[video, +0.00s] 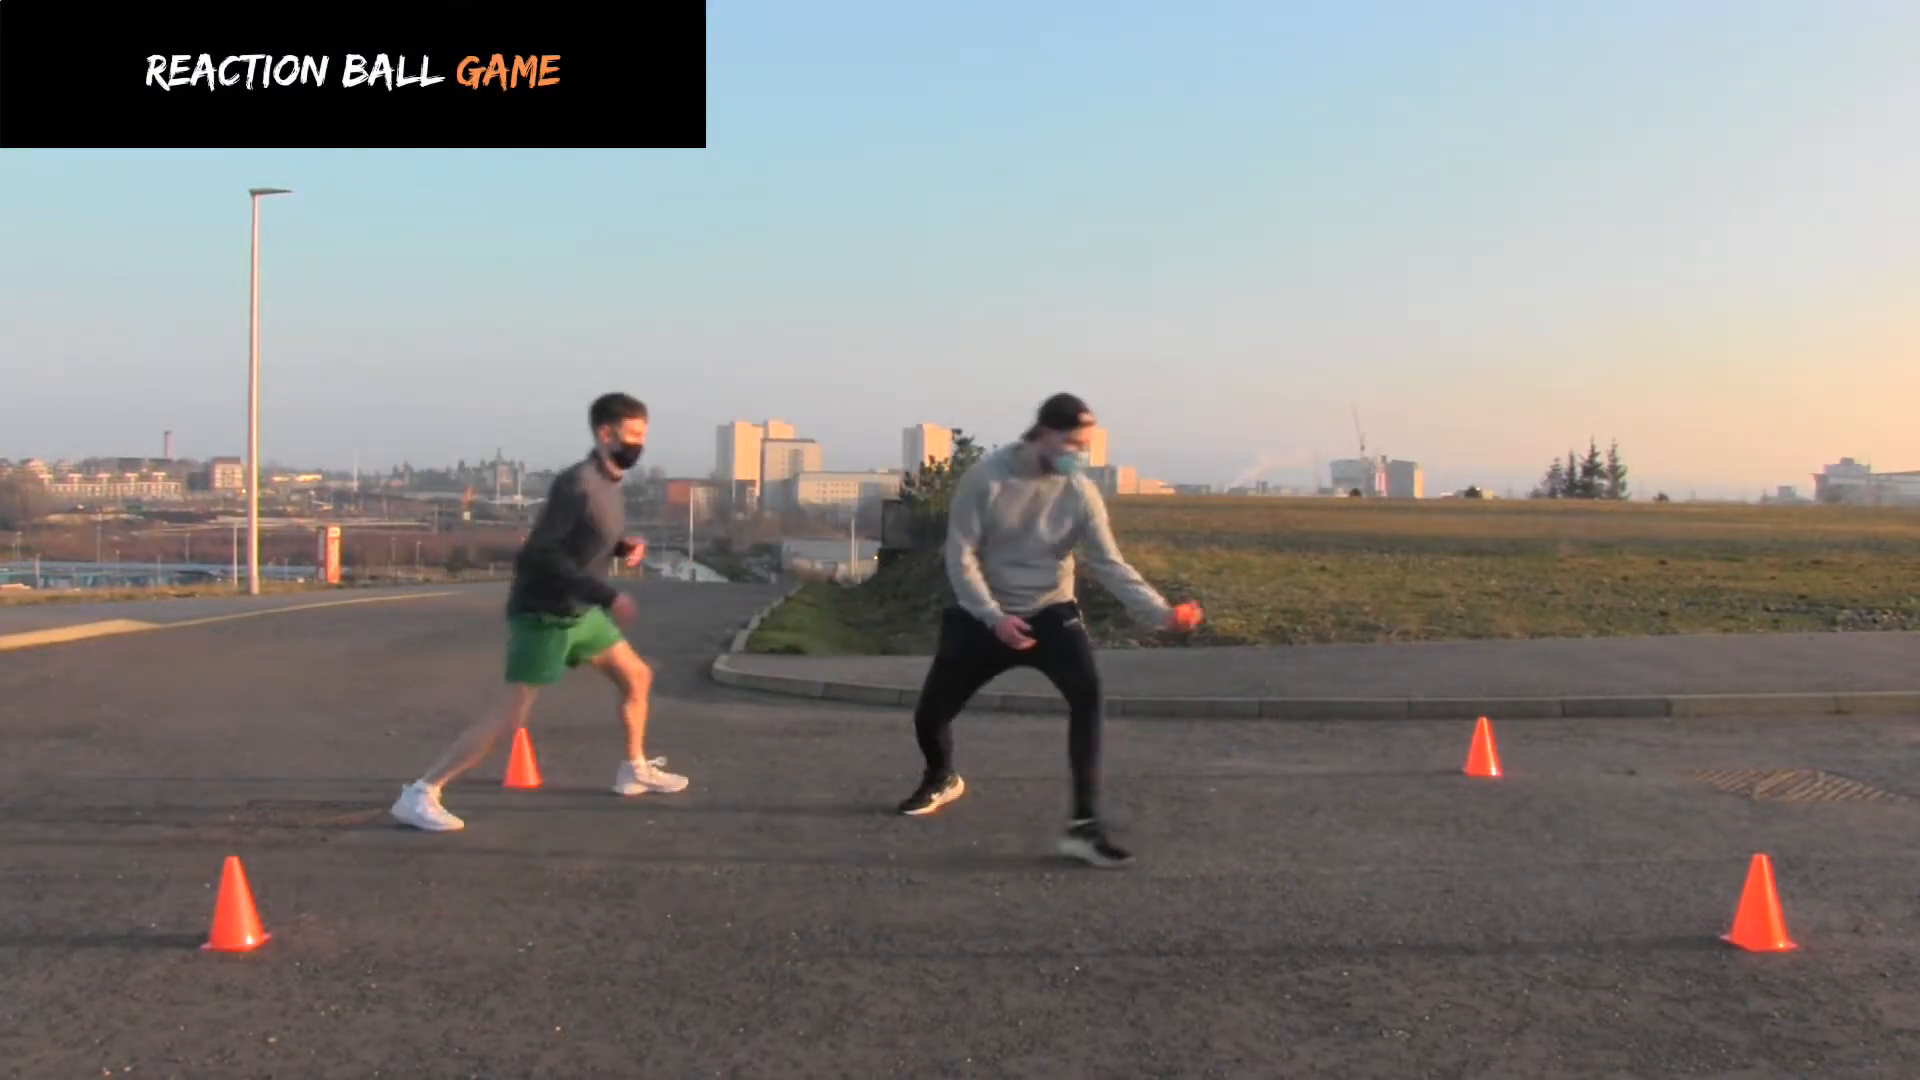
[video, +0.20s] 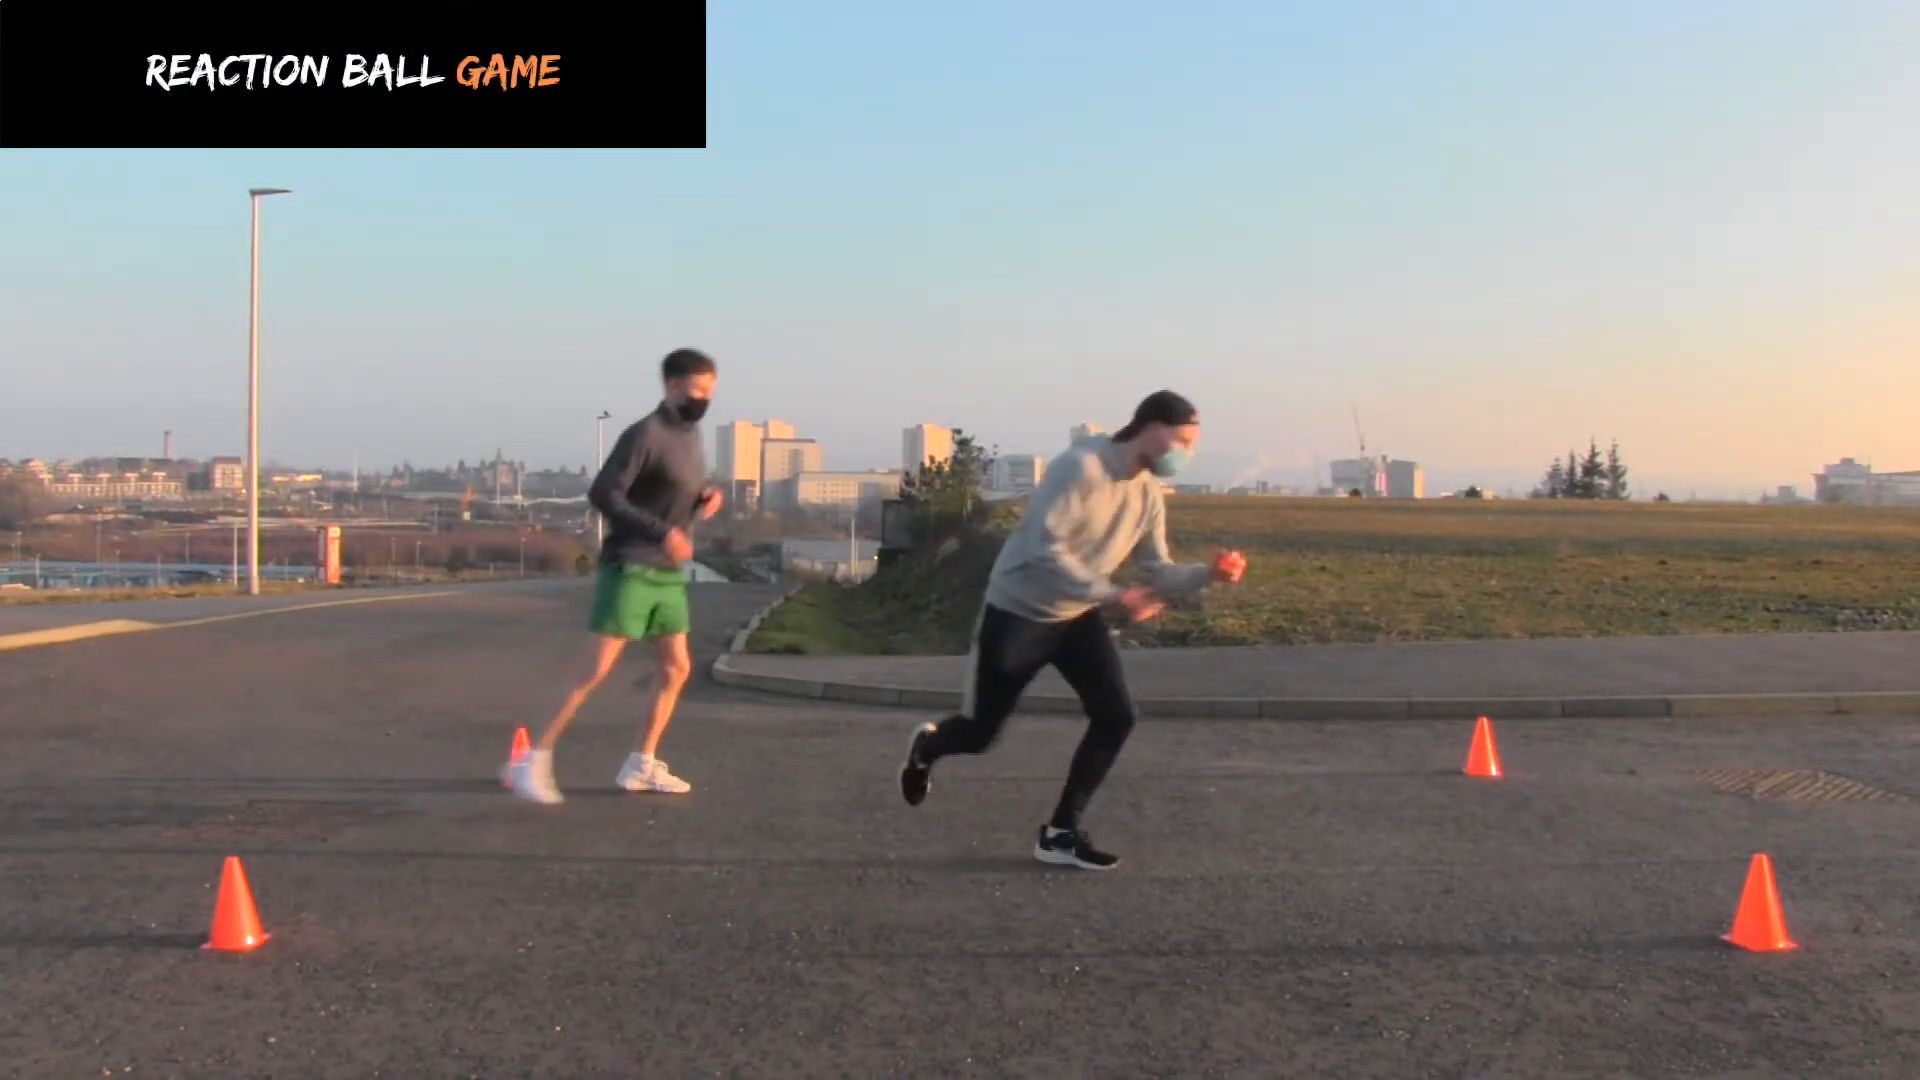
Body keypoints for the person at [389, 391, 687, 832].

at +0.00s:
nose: (639, 447)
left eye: (642, 438)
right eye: (632, 438)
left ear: (636, 436)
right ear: (604, 433)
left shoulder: (611, 484)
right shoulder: (575, 484)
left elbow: (591, 539)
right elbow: (541, 553)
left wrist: (621, 548)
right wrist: (606, 595)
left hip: (582, 612)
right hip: (541, 617)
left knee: (638, 678)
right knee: (510, 716)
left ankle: (635, 768)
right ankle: (421, 793)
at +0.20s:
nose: (704, 400)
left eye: (709, 392)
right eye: (695, 391)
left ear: (711, 391)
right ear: (672, 386)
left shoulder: (693, 438)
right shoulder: (644, 435)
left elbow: (677, 501)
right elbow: (603, 493)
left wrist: (702, 500)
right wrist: (662, 532)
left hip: (670, 571)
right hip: (629, 568)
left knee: (675, 667)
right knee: (596, 668)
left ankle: (642, 762)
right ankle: (534, 756)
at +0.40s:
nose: (765, 387)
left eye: (771, 380)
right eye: (758, 378)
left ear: (773, 381)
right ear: (734, 372)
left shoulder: (758, 423)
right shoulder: (704, 416)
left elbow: (744, 477)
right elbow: (661, 469)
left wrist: (766, 479)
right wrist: (712, 512)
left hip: (743, 551)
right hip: (699, 553)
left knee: (766, 649)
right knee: (696, 660)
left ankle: (722, 730)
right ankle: (676, 753)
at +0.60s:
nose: (837, 432)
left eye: (841, 424)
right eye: (828, 423)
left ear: (845, 425)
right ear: (805, 423)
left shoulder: (832, 475)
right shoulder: (781, 469)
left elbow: (820, 534)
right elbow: (746, 534)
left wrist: (844, 534)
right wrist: (783, 582)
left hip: (815, 593)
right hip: (770, 595)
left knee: (865, 667)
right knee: (752, 695)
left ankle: (901, 750)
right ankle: (690, 764)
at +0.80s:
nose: (913, 413)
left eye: (919, 405)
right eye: (904, 405)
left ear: (925, 402)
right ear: (885, 403)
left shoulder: (926, 451)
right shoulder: (863, 451)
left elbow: (929, 504)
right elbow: (828, 516)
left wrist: (942, 508)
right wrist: (861, 563)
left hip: (912, 581)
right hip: (866, 579)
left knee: (938, 664)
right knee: (833, 671)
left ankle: (915, 750)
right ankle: (769, 736)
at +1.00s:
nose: (968, 388)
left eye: (976, 381)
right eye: (960, 379)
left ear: (984, 381)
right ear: (943, 377)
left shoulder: (986, 425)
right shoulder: (915, 425)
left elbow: (992, 475)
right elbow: (888, 489)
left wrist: (998, 489)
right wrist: (923, 529)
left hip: (973, 551)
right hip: (922, 553)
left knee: (997, 646)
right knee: (920, 655)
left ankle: (967, 725)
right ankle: (917, 740)